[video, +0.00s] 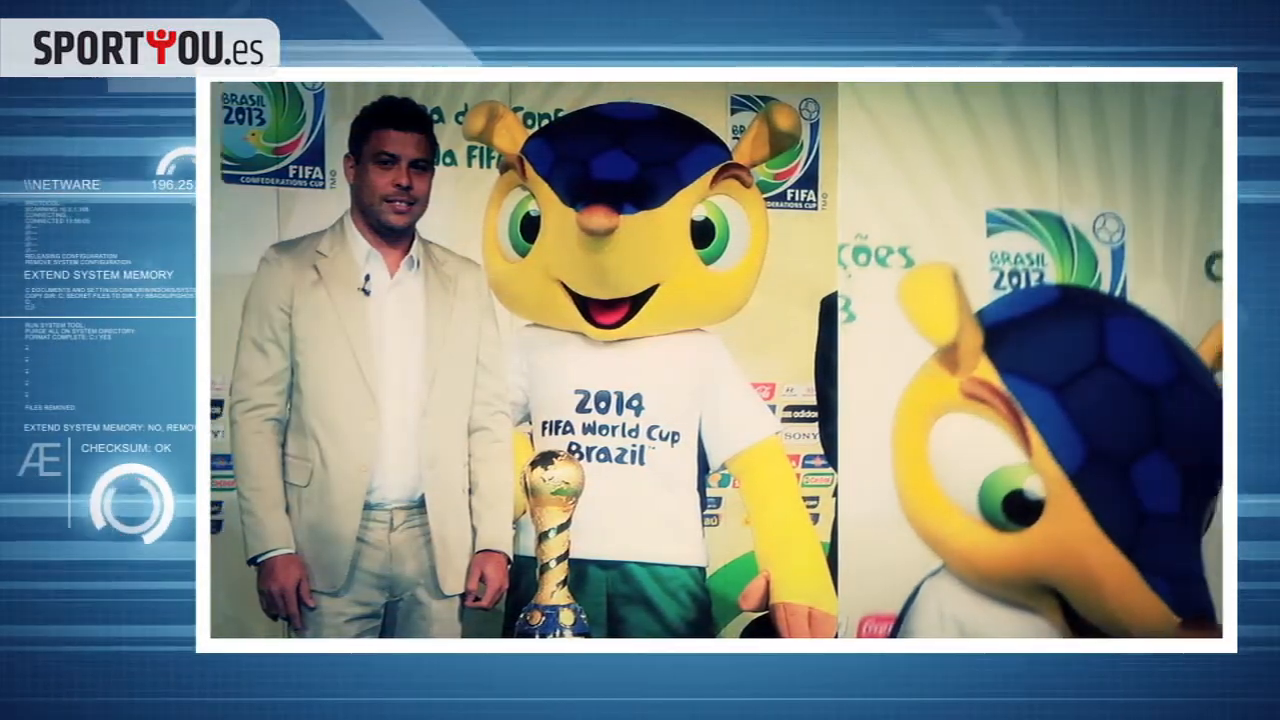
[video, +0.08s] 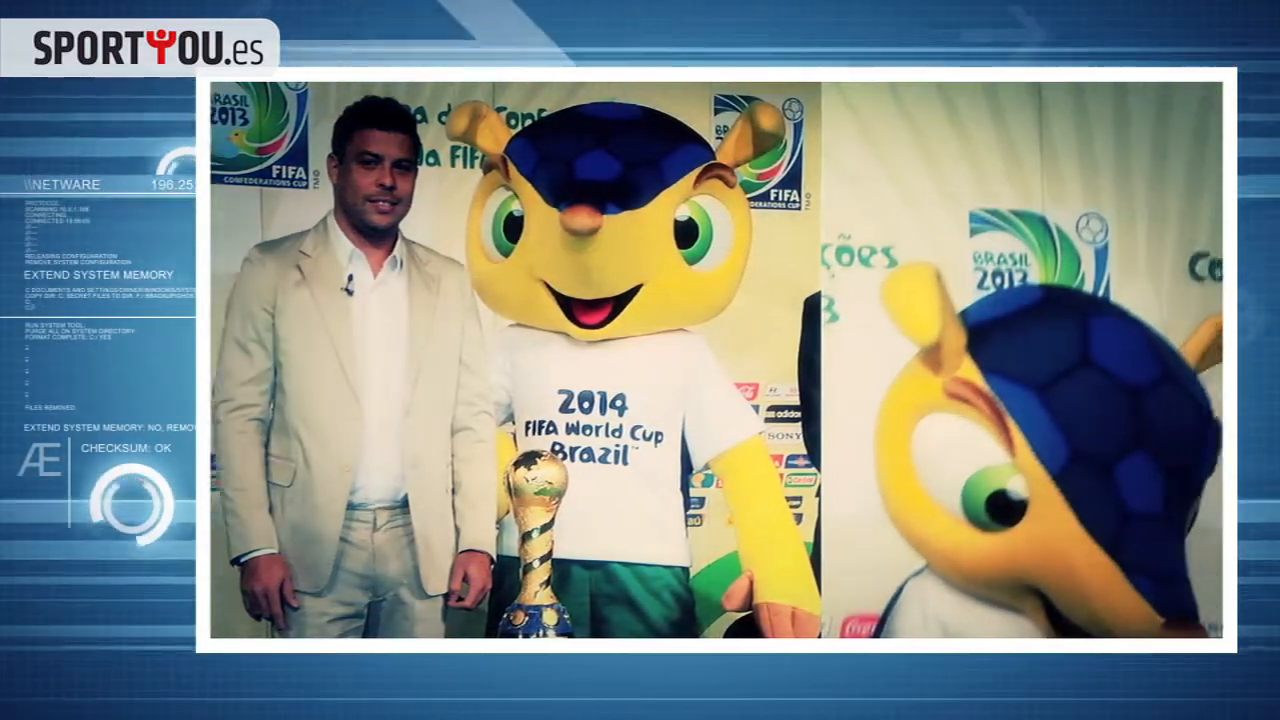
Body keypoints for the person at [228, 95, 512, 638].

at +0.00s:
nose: (405, 181)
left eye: (420, 166)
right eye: (386, 162)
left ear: (433, 178)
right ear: (351, 170)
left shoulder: (466, 282)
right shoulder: (288, 270)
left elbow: (490, 422)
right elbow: (255, 413)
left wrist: (492, 542)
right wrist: (273, 548)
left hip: (439, 544)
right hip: (332, 545)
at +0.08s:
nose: (388, 181)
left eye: (404, 166)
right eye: (370, 162)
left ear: (417, 178)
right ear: (335, 170)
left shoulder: (449, 282)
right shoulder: (271, 270)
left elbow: (473, 422)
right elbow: (238, 414)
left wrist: (476, 543)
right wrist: (256, 548)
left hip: (423, 543)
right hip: (316, 544)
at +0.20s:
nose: (362, 180)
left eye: (378, 166)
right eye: (345, 163)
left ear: (392, 178)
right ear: (310, 169)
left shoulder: (425, 283)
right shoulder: (243, 271)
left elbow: (448, 422)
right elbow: (218, 417)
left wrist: (452, 543)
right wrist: (232, 547)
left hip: (398, 542)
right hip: (291, 544)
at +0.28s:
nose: (345, 181)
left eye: (360, 167)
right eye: (328, 162)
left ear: (375, 179)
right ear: (293, 170)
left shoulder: (409, 283)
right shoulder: (227, 272)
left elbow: (431, 421)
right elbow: (205, 418)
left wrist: (435, 542)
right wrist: (219, 547)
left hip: (382, 540)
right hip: (275, 541)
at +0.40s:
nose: (321, 180)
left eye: (337, 166)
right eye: (302, 162)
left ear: (350, 178)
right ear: (267, 169)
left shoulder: (386, 284)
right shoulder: (205, 275)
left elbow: (406, 422)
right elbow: (179, 416)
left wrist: (409, 542)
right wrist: (195, 543)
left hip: (357, 542)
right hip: (248, 543)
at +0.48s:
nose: (304, 180)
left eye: (320, 166)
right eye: (286, 162)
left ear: (333, 177)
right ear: (251, 170)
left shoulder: (368, 284)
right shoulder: (196, 274)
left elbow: (389, 423)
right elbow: (167, 416)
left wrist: (393, 542)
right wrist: (180, 551)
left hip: (340, 542)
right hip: (232, 543)